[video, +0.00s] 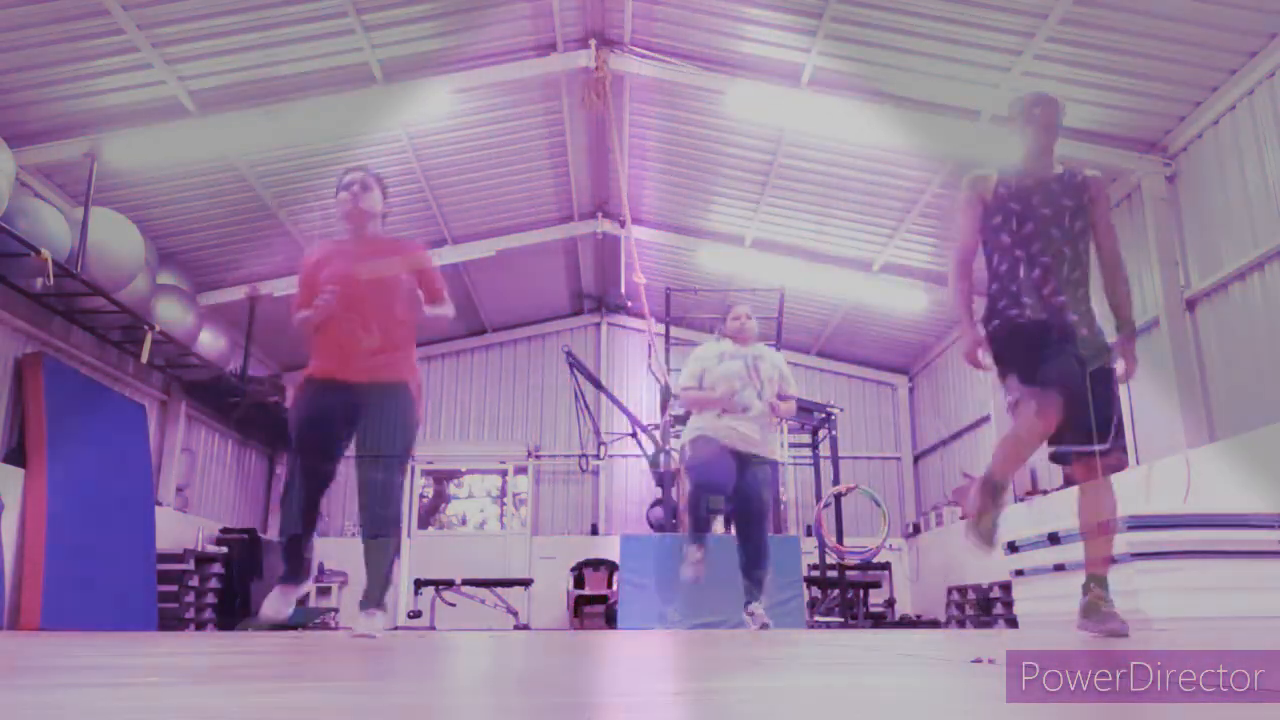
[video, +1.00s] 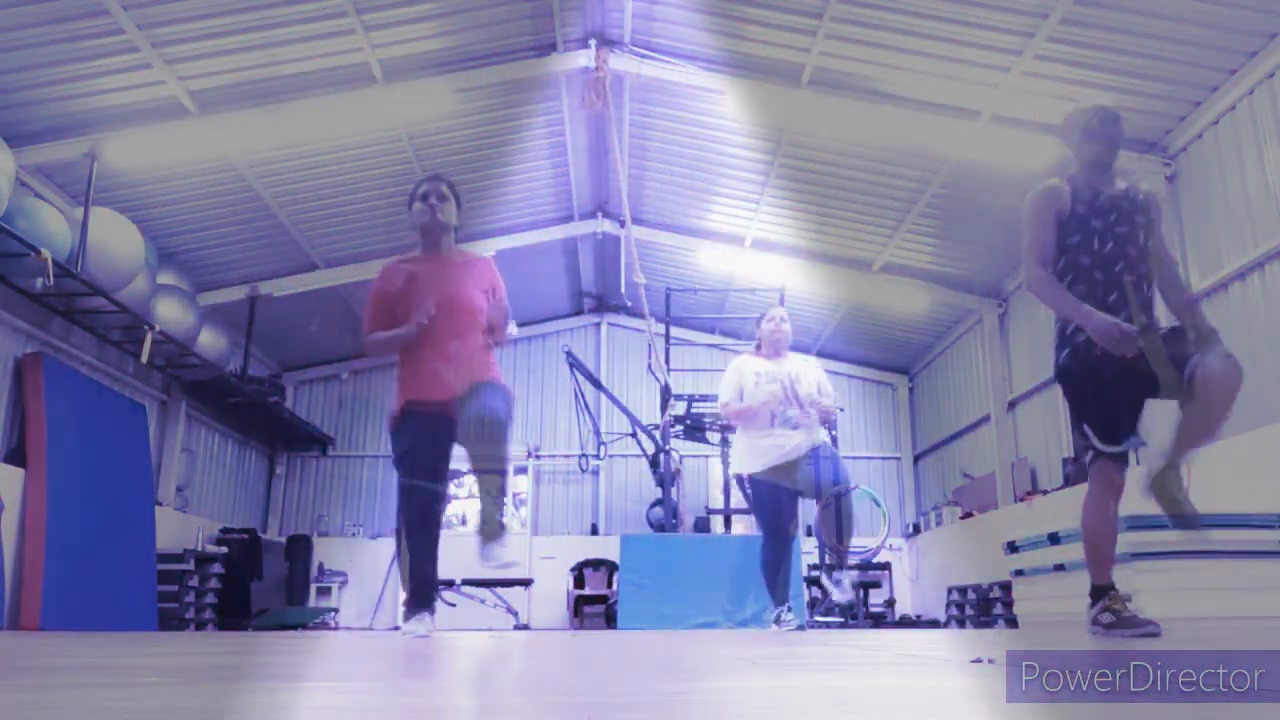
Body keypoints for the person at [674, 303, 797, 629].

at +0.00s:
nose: (742, 322)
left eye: (748, 318)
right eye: (735, 318)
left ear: (757, 326)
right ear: (724, 327)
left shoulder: (773, 358)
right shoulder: (707, 352)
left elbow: (790, 404)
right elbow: (684, 395)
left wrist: (781, 407)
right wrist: (717, 398)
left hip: (757, 444)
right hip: (710, 435)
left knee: (756, 522)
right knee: (712, 478)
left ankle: (753, 600)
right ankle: (697, 544)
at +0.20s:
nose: (750, 330)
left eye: (756, 325)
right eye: (743, 326)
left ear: (766, 334)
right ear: (732, 337)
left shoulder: (784, 369)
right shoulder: (716, 366)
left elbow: (806, 416)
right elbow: (696, 412)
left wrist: (785, 406)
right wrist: (727, 402)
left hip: (768, 456)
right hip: (721, 445)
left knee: (755, 534)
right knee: (739, 463)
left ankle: (750, 609)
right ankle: (747, 548)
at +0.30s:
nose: (753, 323)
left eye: (759, 317)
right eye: (745, 318)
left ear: (768, 325)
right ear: (734, 328)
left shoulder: (788, 357)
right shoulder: (719, 357)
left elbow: (808, 410)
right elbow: (696, 406)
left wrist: (786, 396)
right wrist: (725, 399)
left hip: (773, 450)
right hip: (725, 439)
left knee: (753, 527)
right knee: (754, 492)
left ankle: (744, 607)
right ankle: (759, 579)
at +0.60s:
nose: (758, 341)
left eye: (763, 335)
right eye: (752, 335)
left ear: (773, 336)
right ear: (741, 338)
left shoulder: (793, 367)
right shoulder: (728, 368)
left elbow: (815, 416)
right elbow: (714, 418)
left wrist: (794, 410)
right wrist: (747, 408)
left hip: (789, 470)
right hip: (744, 466)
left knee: (782, 539)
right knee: (767, 527)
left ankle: (744, 587)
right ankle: (760, 609)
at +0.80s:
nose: (770, 323)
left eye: (775, 318)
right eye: (762, 319)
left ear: (784, 327)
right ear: (751, 329)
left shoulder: (801, 360)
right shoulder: (735, 361)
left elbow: (822, 404)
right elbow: (719, 409)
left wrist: (806, 420)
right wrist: (756, 408)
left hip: (793, 457)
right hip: (749, 462)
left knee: (838, 469)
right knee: (778, 526)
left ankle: (802, 527)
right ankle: (778, 604)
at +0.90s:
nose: (775, 335)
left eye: (780, 331)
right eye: (769, 330)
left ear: (787, 341)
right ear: (754, 340)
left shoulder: (801, 377)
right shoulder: (738, 376)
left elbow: (824, 417)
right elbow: (724, 423)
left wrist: (823, 416)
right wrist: (759, 416)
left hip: (801, 459)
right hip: (759, 469)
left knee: (843, 471)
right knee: (781, 536)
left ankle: (831, 542)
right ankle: (783, 610)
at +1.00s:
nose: (778, 325)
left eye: (783, 321)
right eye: (771, 320)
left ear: (792, 330)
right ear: (758, 330)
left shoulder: (809, 365)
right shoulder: (741, 365)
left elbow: (831, 412)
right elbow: (727, 411)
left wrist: (821, 410)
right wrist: (761, 405)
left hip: (809, 449)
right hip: (762, 456)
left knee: (839, 486)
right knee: (778, 532)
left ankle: (835, 569)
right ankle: (781, 607)